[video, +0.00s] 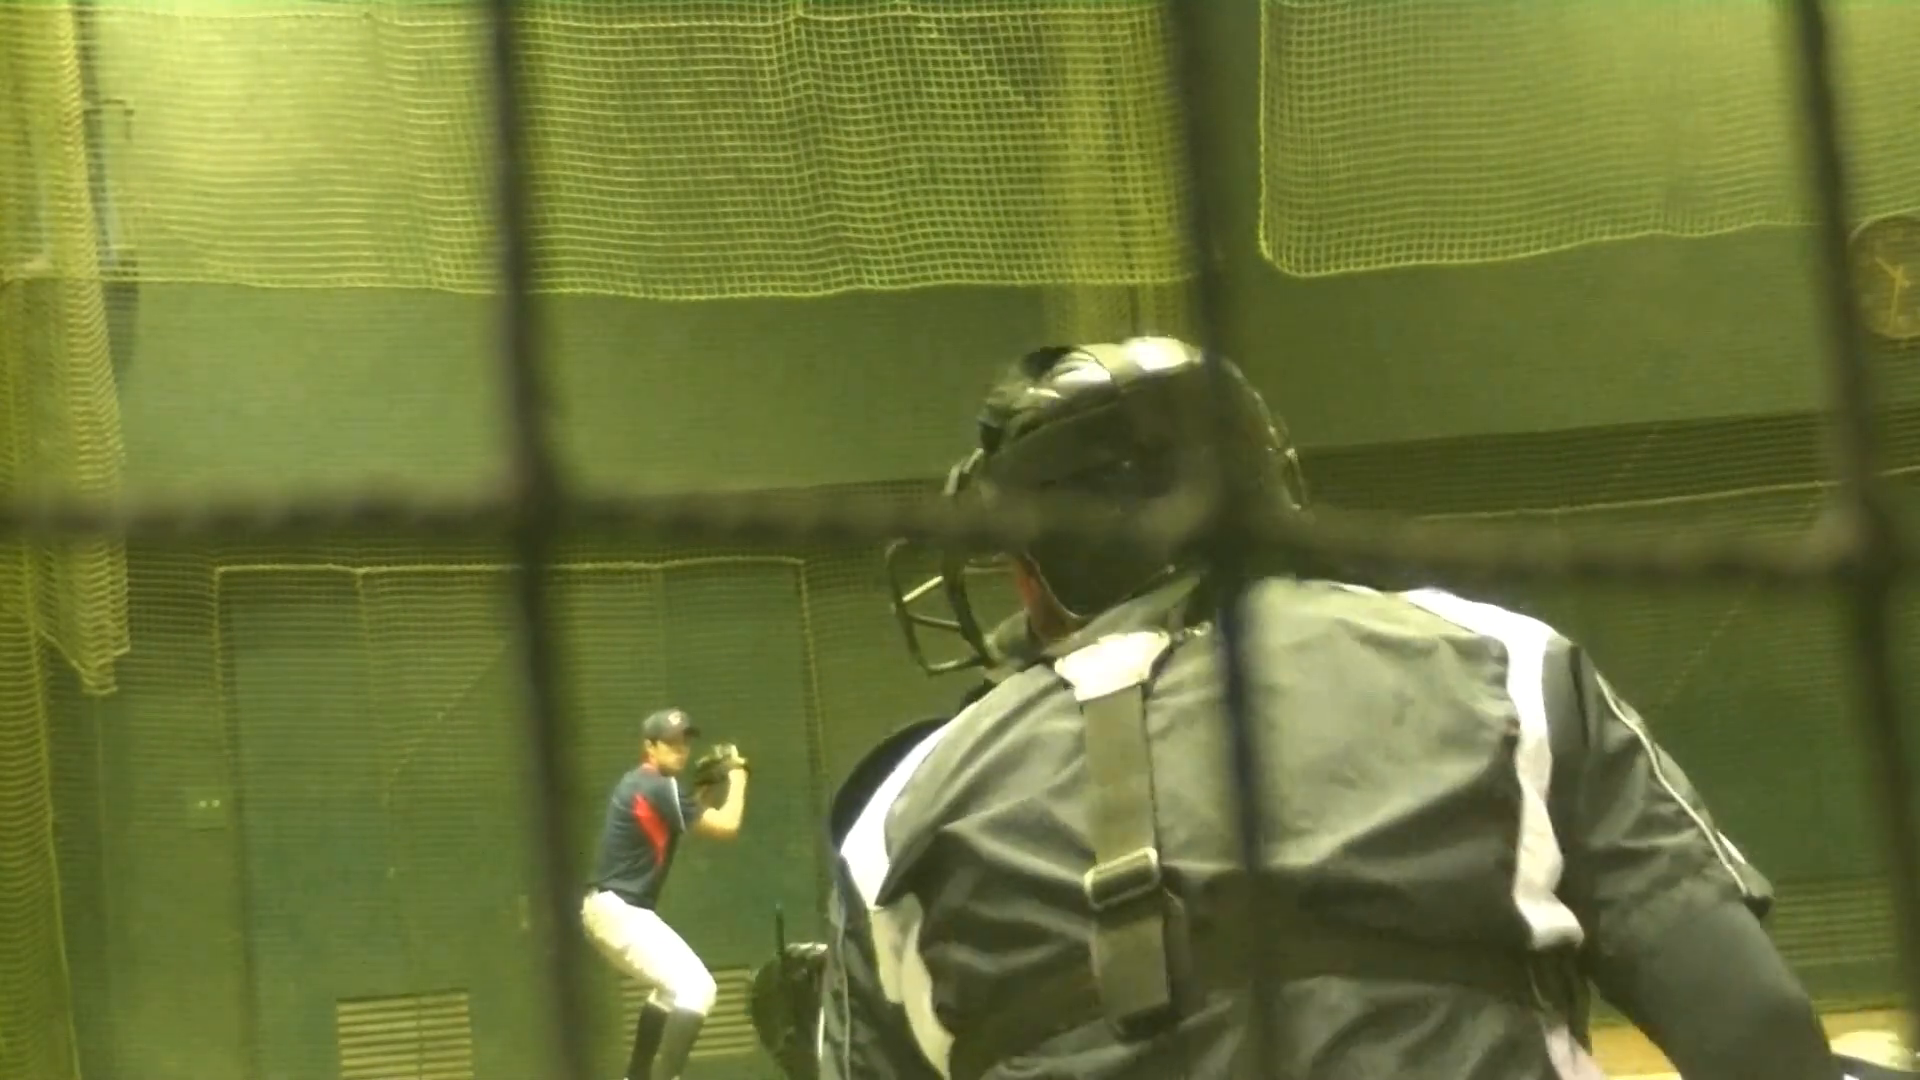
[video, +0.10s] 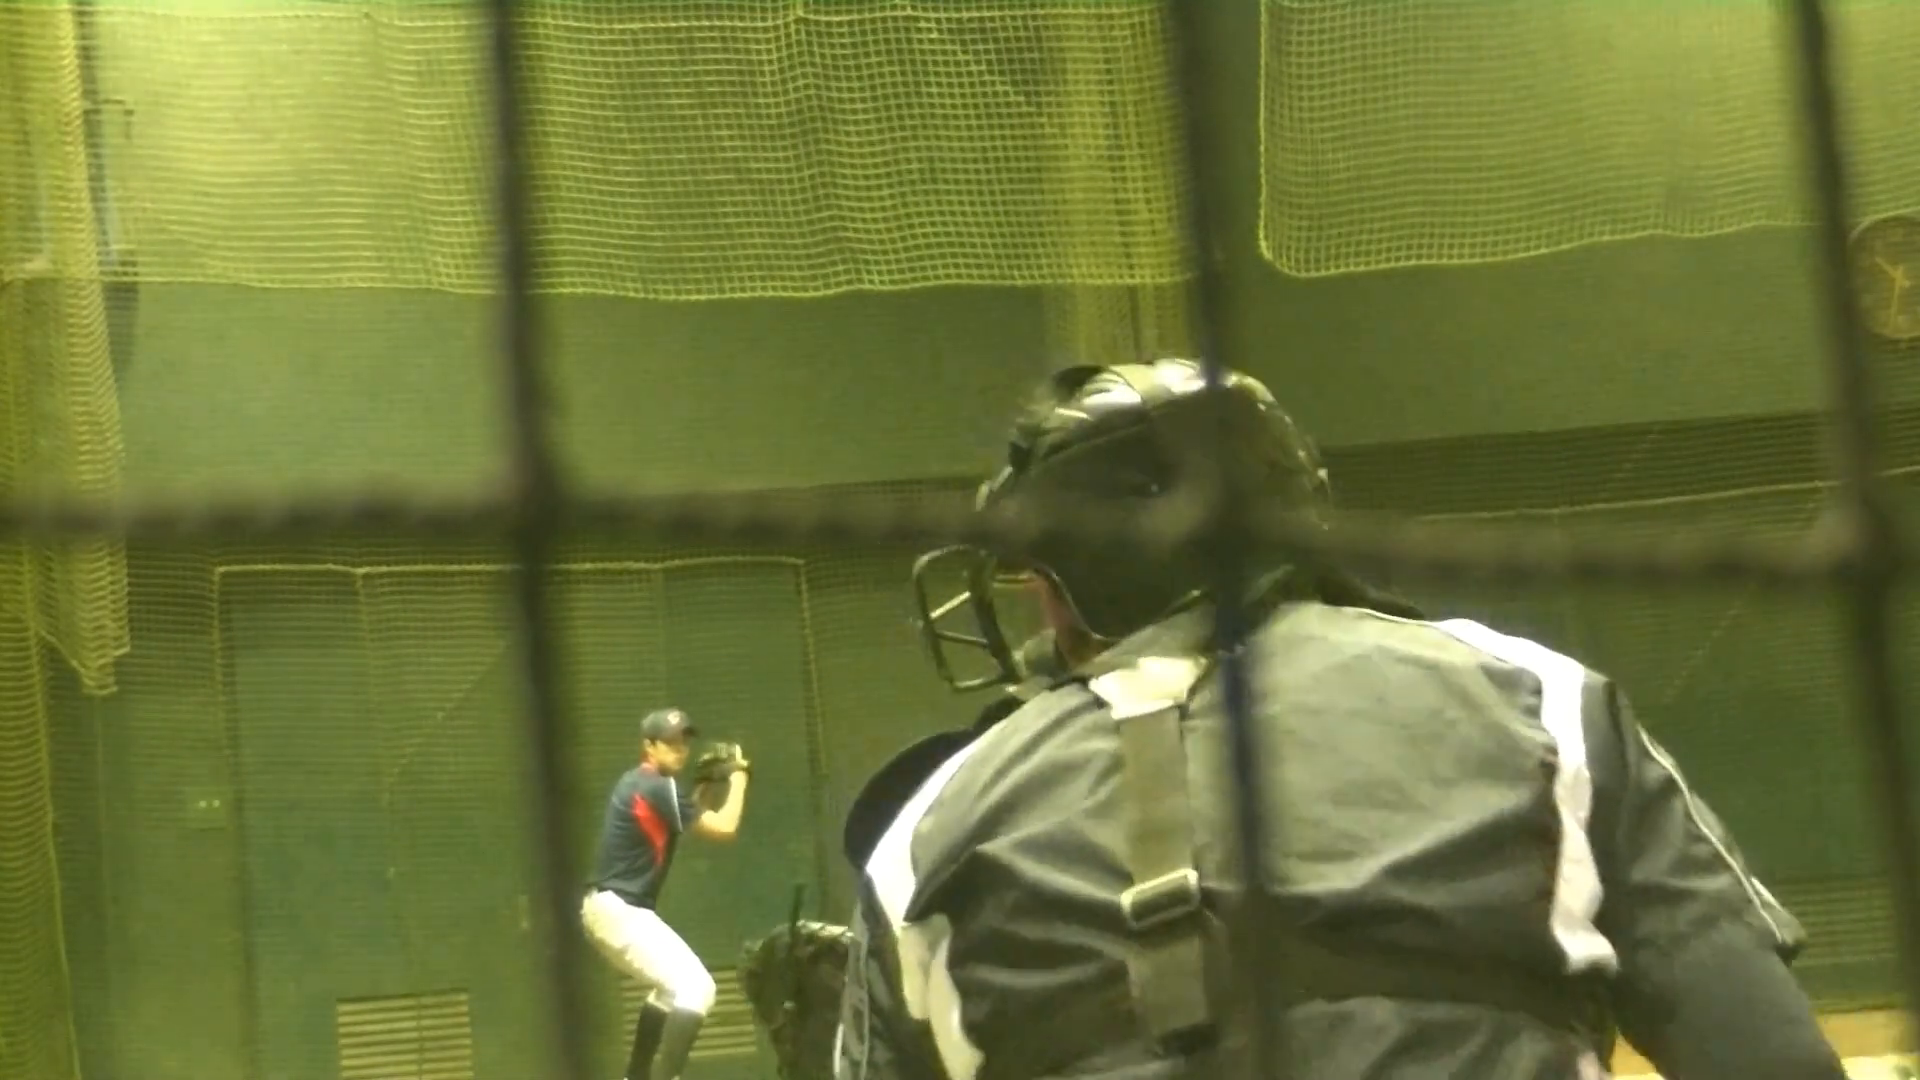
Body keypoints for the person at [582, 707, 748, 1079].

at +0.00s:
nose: (683, 751)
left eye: (685, 743)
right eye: (674, 743)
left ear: (686, 743)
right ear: (651, 746)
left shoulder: (637, 782)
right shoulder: (656, 787)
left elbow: (683, 817)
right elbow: (726, 824)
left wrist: (710, 787)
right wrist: (738, 776)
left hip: (606, 907)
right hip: (619, 909)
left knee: (671, 985)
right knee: (698, 989)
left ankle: (638, 1073)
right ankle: (669, 1073)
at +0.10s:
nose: (682, 750)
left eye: (684, 742)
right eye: (673, 743)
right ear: (650, 745)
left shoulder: (635, 782)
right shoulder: (655, 787)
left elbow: (688, 816)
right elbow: (723, 828)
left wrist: (710, 783)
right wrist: (739, 778)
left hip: (605, 906)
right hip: (618, 909)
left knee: (670, 985)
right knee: (697, 989)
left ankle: (638, 1073)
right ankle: (669, 1073)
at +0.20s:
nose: (681, 751)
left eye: (683, 742)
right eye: (672, 743)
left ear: (683, 743)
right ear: (649, 745)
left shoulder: (635, 782)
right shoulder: (654, 787)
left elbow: (693, 815)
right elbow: (720, 831)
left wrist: (712, 778)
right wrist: (740, 779)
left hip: (604, 906)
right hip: (618, 909)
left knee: (670, 985)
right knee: (696, 988)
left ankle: (638, 1073)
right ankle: (668, 1073)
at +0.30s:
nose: (680, 750)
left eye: (683, 742)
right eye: (672, 743)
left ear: (684, 744)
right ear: (649, 745)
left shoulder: (635, 781)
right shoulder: (655, 787)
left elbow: (686, 814)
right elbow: (718, 832)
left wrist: (711, 777)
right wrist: (741, 782)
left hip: (603, 906)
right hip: (619, 909)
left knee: (669, 985)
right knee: (696, 988)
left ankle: (638, 1073)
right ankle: (669, 1073)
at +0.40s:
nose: (681, 749)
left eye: (683, 741)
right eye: (672, 741)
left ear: (651, 746)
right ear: (648, 744)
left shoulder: (635, 780)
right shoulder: (655, 786)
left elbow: (686, 812)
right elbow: (718, 833)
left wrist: (711, 775)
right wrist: (741, 784)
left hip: (602, 906)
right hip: (618, 909)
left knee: (668, 985)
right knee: (696, 988)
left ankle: (637, 1074)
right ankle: (668, 1074)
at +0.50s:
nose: (681, 747)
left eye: (683, 739)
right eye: (672, 740)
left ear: (651, 746)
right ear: (648, 744)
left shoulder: (635, 779)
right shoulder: (655, 786)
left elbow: (687, 814)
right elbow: (719, 832)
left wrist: (711, 776)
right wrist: (741, 783)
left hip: (602, 906)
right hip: (618, 908)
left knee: (668, 985)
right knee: (696, 987)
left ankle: (637, 1074)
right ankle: (668, 1074)